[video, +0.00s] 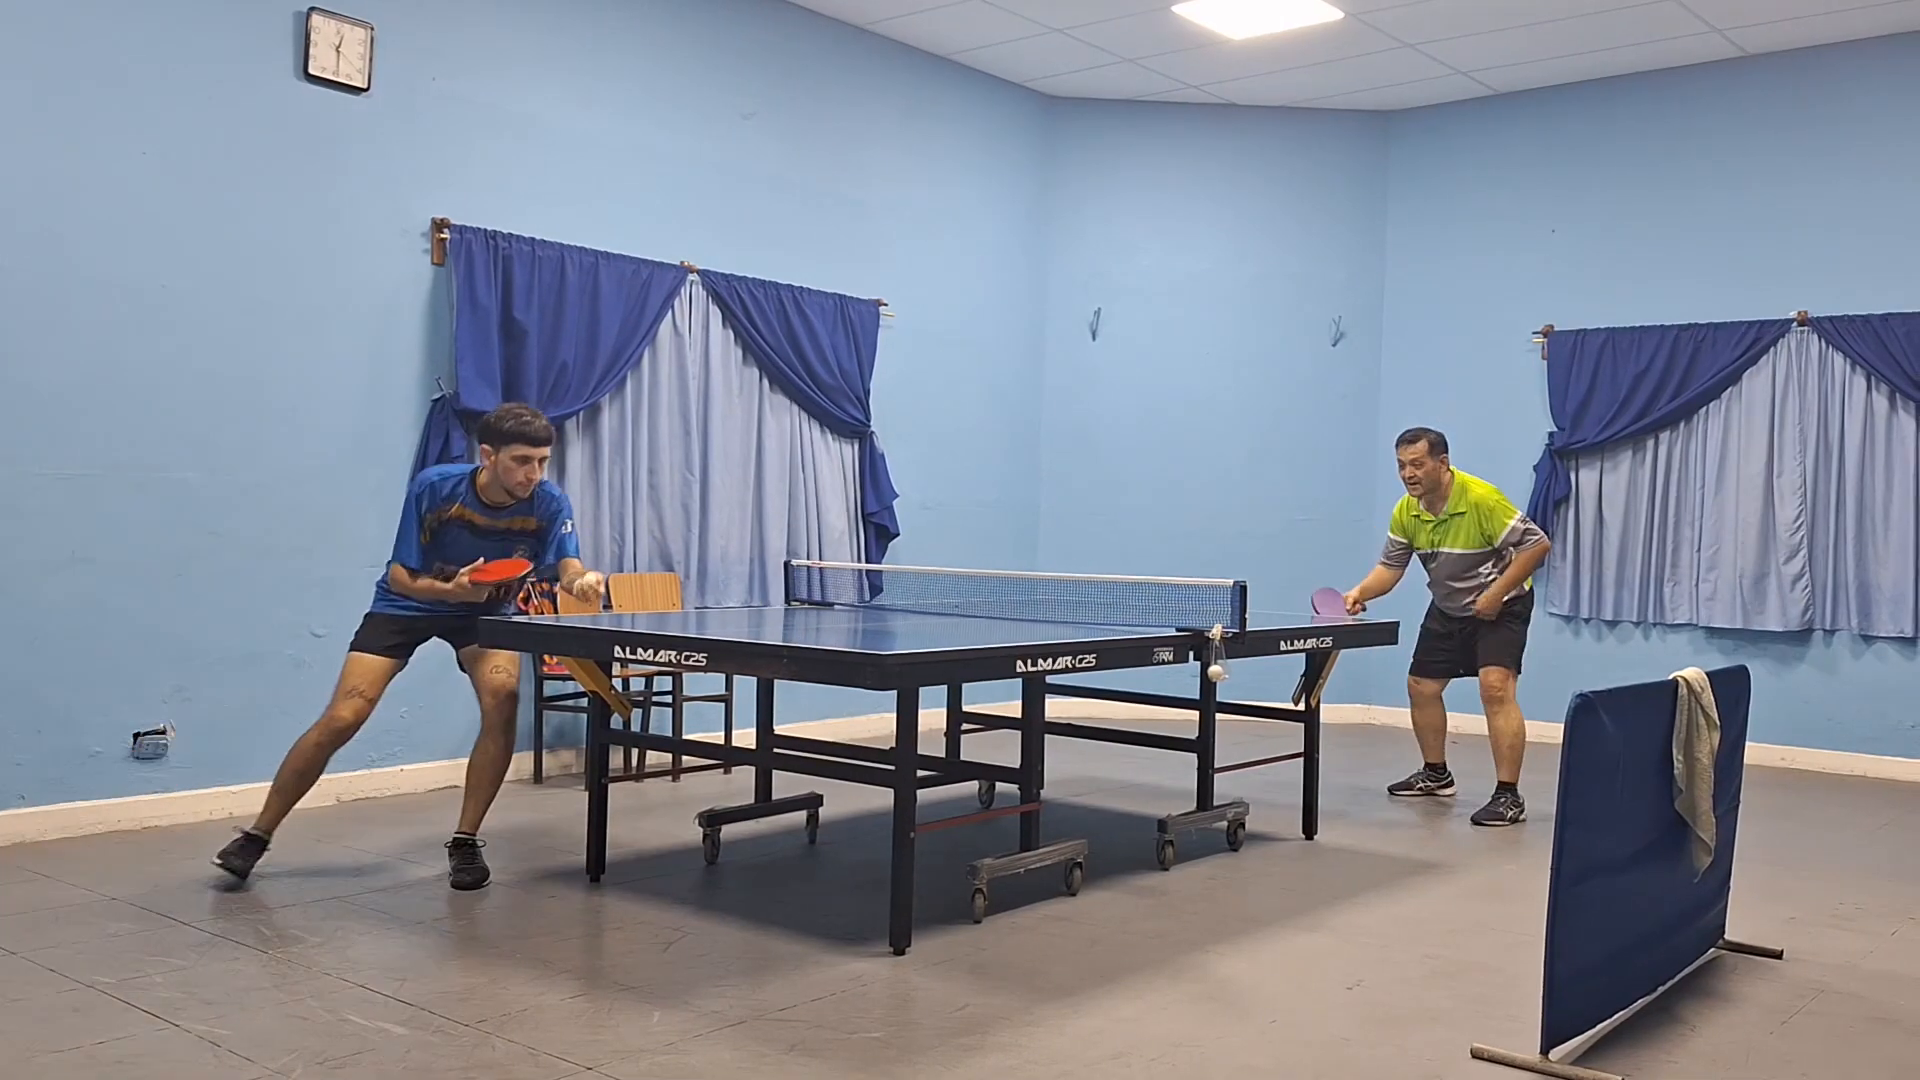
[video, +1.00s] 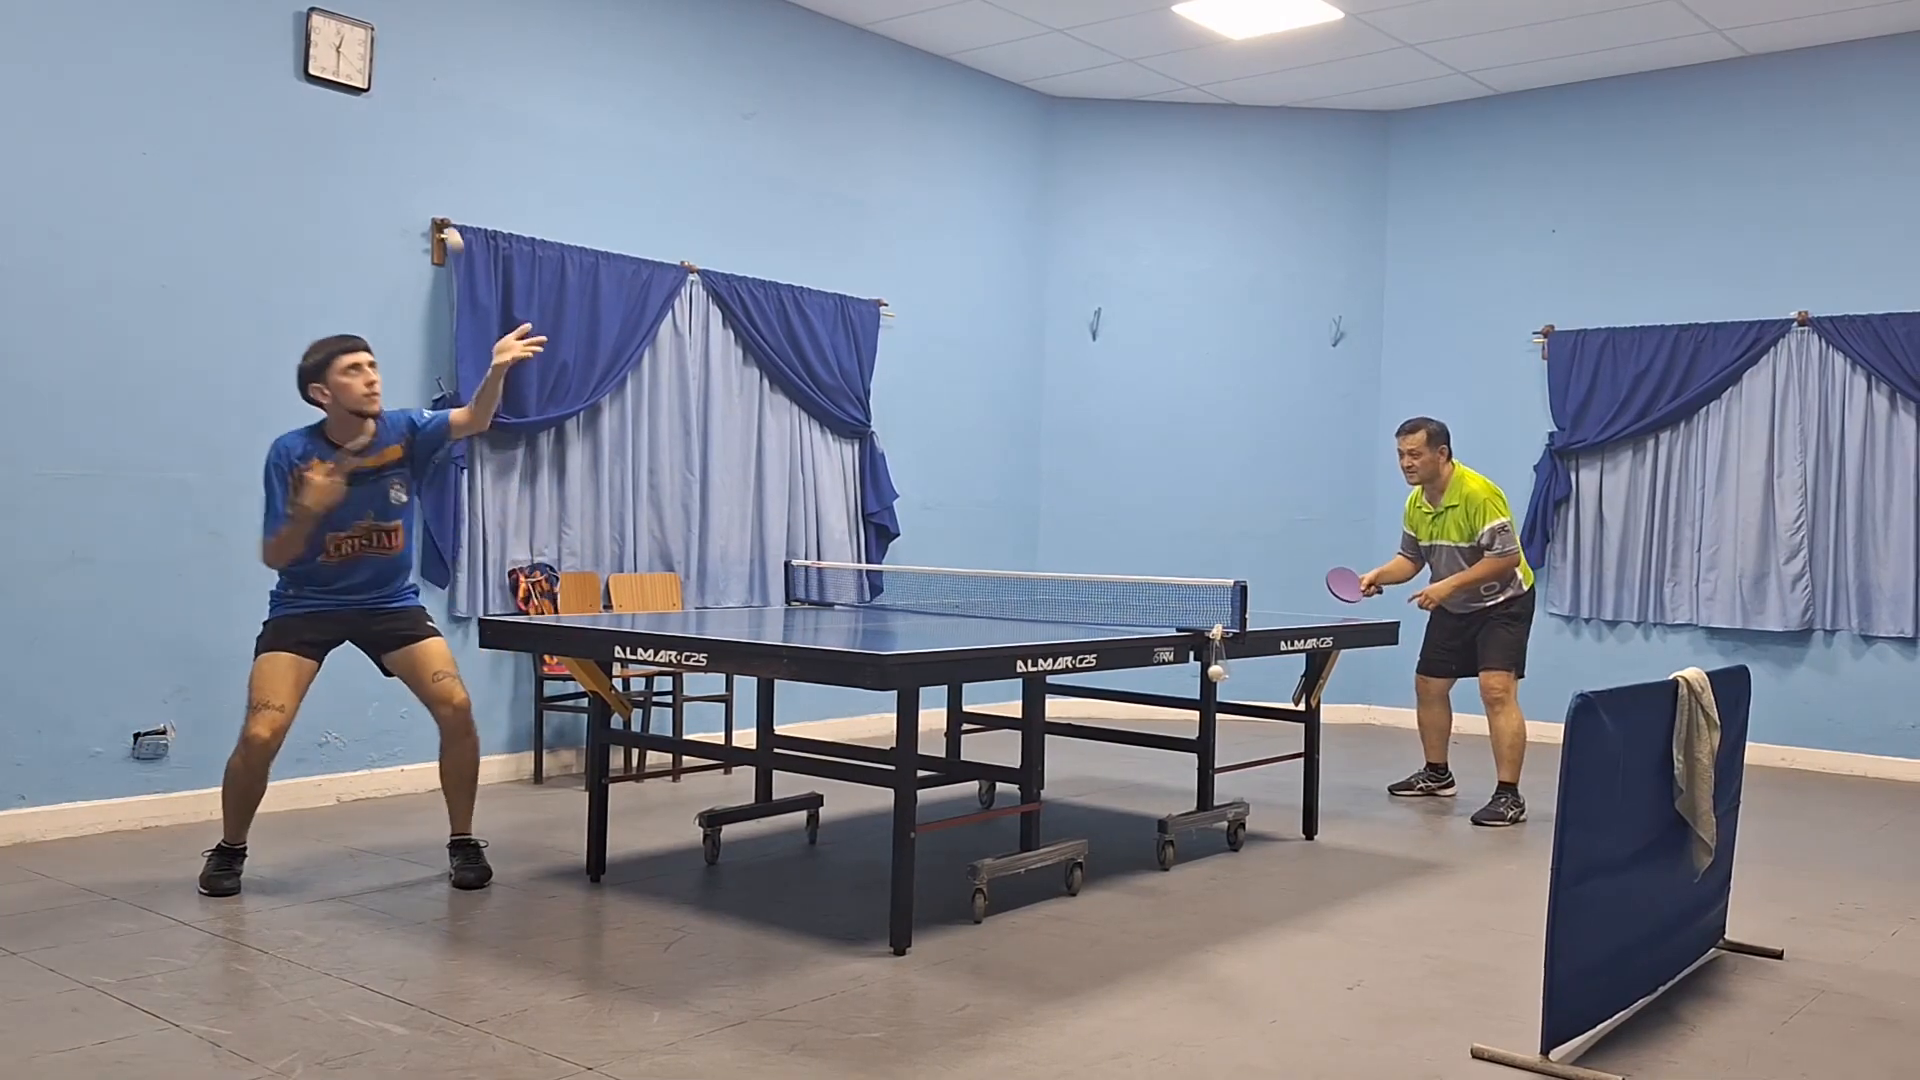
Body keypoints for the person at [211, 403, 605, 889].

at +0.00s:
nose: (534, 474)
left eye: (541, 463)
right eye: (522, 462)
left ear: (548, 460)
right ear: (488, 456)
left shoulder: (550, 506)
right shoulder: (434, 488)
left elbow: (567, 571)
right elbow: (399, 577)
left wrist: (585, 580)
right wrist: (452, 591)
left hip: (484, 614)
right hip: (405, 605)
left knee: (504, 696)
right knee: (345, 717)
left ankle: (465, 842)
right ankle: (256, 836)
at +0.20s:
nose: (512, 503)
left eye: (517, 492)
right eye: (499, 493)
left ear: (523, 487)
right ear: (463, 487)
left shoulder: (522, 523)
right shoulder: (406, 520)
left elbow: (546, 588)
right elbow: (385, 619)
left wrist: (564, 603)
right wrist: (443, 620)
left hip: (456, 629)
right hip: (376, 623)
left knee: (503, 698)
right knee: (308, 733)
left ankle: (466, 842)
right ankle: (234, 849)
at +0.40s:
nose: (491, 512)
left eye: (496, 500)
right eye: (480, 500)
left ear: (501, 496)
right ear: (440, 497)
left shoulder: (499, 534)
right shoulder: (383, 535)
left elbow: (529, 590)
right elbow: (364, 633)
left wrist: (555, 604)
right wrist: (427, 636)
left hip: (432, 640)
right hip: (353, 637)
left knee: (497, 704)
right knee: (288, 744)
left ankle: (466, 843)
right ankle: (233, 851)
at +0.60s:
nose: (470, 490)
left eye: (474, 478)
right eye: (458, 480)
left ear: (478, 478)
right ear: (419, 483)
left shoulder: (481, 523)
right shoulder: (361, 526)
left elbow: (516, 580)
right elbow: (334, 620)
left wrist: (542, 600)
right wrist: (405, 632)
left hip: (422, 643)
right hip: (341, 641)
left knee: (490, 707)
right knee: (277, 748)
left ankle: (466, 843)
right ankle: (233, 850)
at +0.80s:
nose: (427, 427)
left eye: (429, 416)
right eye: (411, 418)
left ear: (436, 421)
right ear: (374, 432)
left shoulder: (450, 470)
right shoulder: (330, 487)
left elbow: (483, 519)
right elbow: (321, 582)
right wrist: (393, 575)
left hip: (408, 620)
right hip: (326, 621)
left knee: (480, 706)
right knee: (269, 742)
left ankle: (466, 844)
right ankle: (232, 850)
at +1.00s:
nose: (371, 378)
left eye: (373, 368)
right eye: (354, 370)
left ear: (380, 377)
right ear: (321, 393)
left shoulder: (406, 430)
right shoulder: (291, 453)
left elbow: (476, 417)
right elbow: (276, 557)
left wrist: (497, 367)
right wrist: (308, 511)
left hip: (389, 600)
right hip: (305, 604)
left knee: (454, 704)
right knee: (261, 733)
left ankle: (463, 842)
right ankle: (230, 849)